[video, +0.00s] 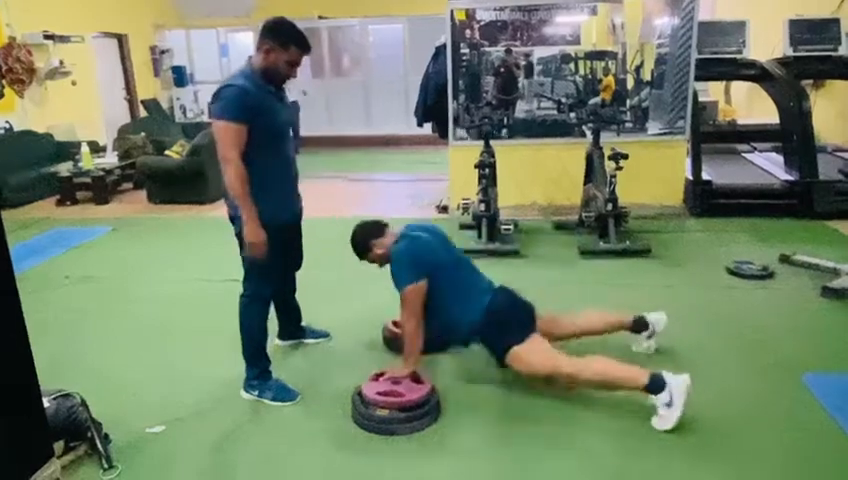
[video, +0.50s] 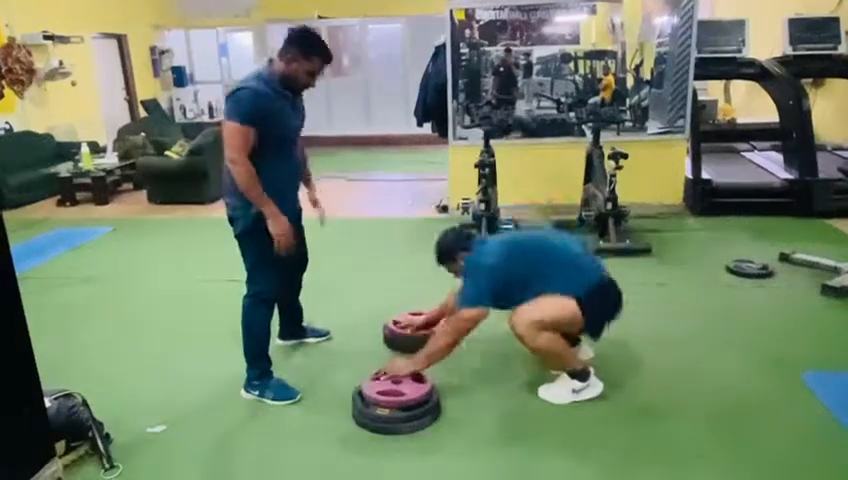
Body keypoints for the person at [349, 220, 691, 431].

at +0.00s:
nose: (378, 264)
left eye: (374, 258)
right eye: (373, 260)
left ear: (376, 246)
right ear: (384, 229)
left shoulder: (405, 256)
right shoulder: (421, 231)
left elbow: (412, 321)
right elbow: (427, 300)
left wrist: (408, 366)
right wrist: (412, 332)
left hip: (493, 322)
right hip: (500, 299)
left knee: (559, 368)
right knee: (557, 327)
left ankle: (661, 385)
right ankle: (642, 323)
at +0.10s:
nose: (377, 264)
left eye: (373, 259)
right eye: (373, 261)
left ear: (374, 247)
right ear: (378, 234)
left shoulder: (403, 252)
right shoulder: (410, 231)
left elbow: (412, 312)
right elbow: (426, 293)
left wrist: (407, 362)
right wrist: (415, 329)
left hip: (510, 292)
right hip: (514, 271)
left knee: (571, 355)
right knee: (576, 313)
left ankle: (672, 387)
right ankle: (647, 320)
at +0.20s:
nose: (395, 267)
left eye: (390, 263)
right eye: (390, 264)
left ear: (391, 250)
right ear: (395, 239)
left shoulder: (417, 250)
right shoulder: (422, 233)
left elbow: (421, 316)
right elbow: (435, 292)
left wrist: (410, 365)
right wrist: (416, 322)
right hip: (536, 237)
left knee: (549, 340)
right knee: (558, 299)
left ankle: (643, 376)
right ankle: (626, 315)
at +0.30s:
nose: (421, 269)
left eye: (416, 265)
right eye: (417, 266)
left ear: (419, 253)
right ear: (420, 242)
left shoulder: (443, 249)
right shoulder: (443, 236)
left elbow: (441, 313)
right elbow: (444, 300)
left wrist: (411, 363)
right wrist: (428, 325)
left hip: (560, 237)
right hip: (557, 223)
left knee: (518, 321)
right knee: (544, 289)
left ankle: (591, 375)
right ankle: (587, 325)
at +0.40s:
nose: (442, 275)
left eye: (438, 270)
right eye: (439, 272)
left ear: (441, 259)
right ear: (445, 248)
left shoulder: (465, 258)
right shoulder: (465, 243)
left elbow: (451, 325)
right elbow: (456, 292)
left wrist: (413, 363)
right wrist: (430, 319)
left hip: (583, 262)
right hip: (578, 248)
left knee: (514, 316)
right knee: (522, 298)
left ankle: (578, 375)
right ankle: (569, 340)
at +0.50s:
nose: (454, 275)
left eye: (452, 269)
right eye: (451, 270)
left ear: (461, 259)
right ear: (468, 248)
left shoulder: (482, 268)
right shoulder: (486, 250)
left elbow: (452, 333)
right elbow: (463, 292)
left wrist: (413, 364)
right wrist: (431, 318)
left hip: (594, 297)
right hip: (591, 281)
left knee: (524, 323)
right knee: (530, 304)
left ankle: (582, 379)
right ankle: (575, 345)